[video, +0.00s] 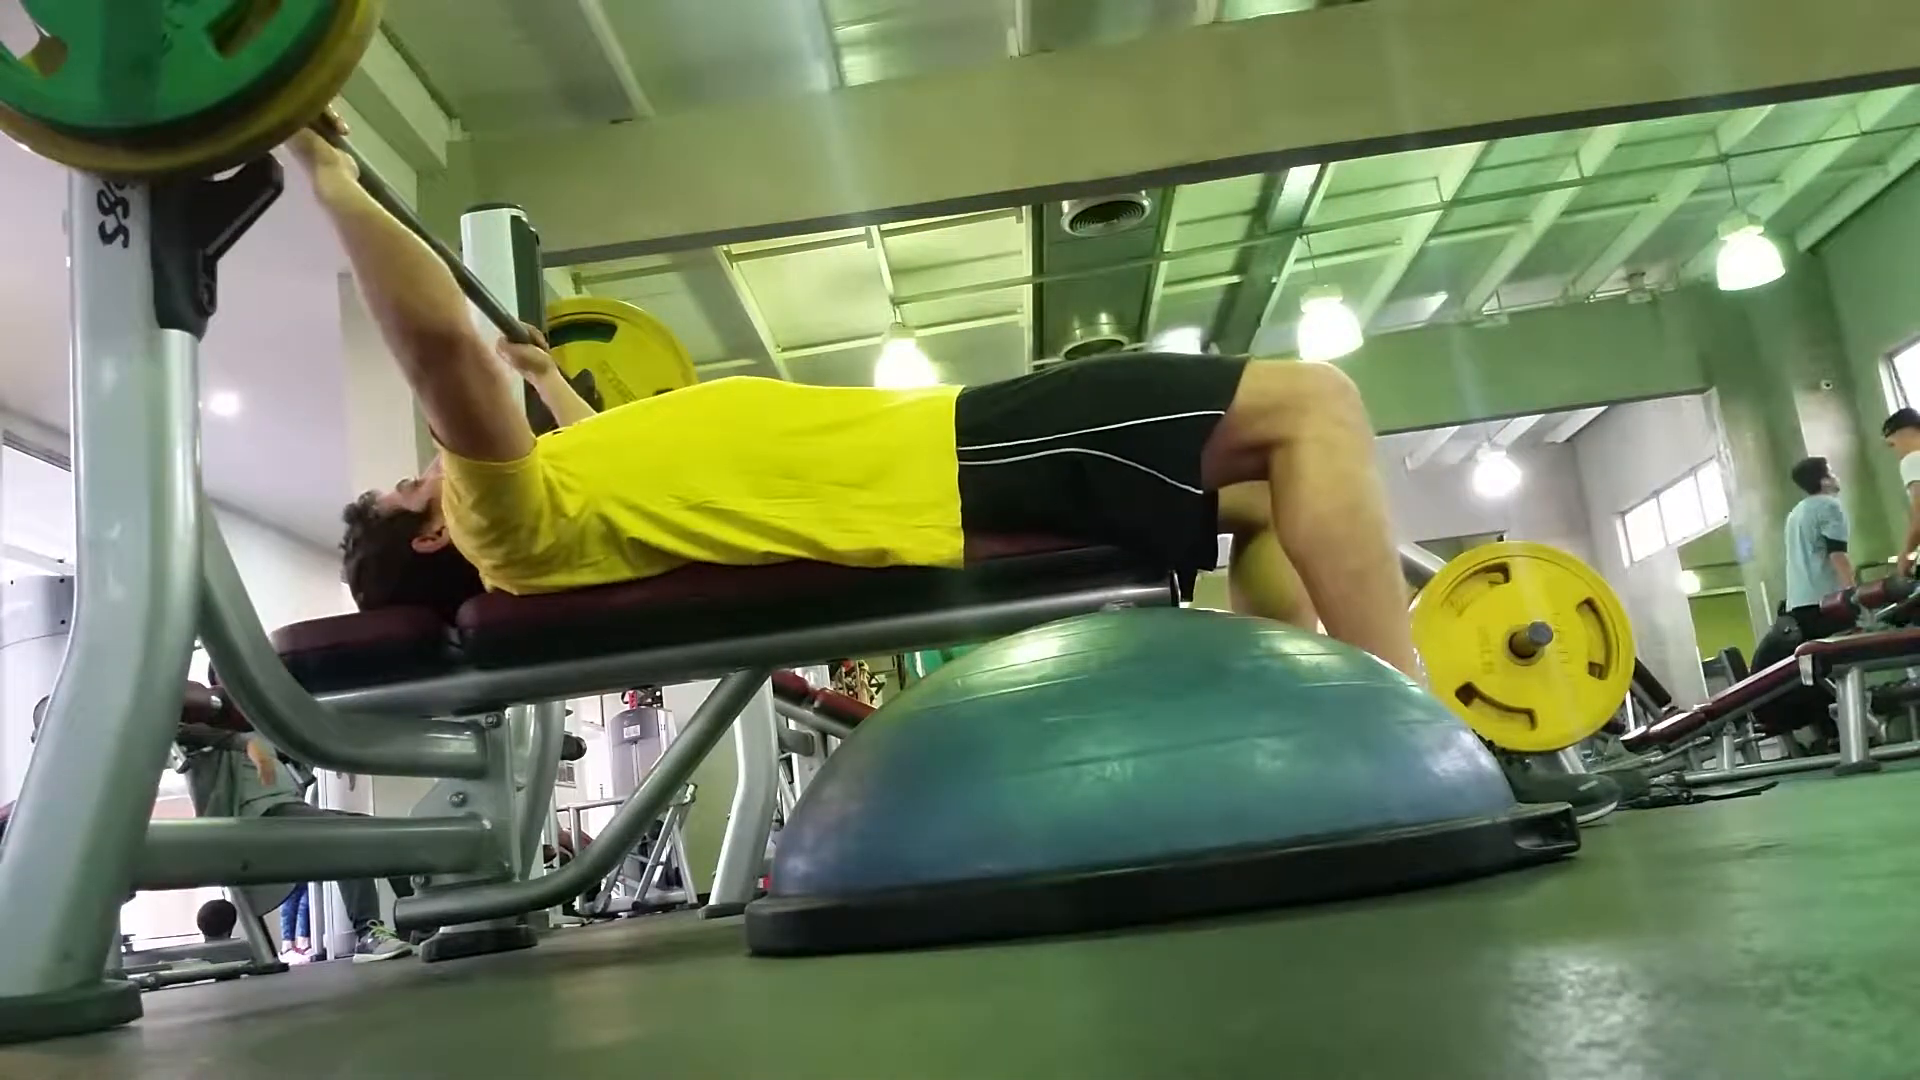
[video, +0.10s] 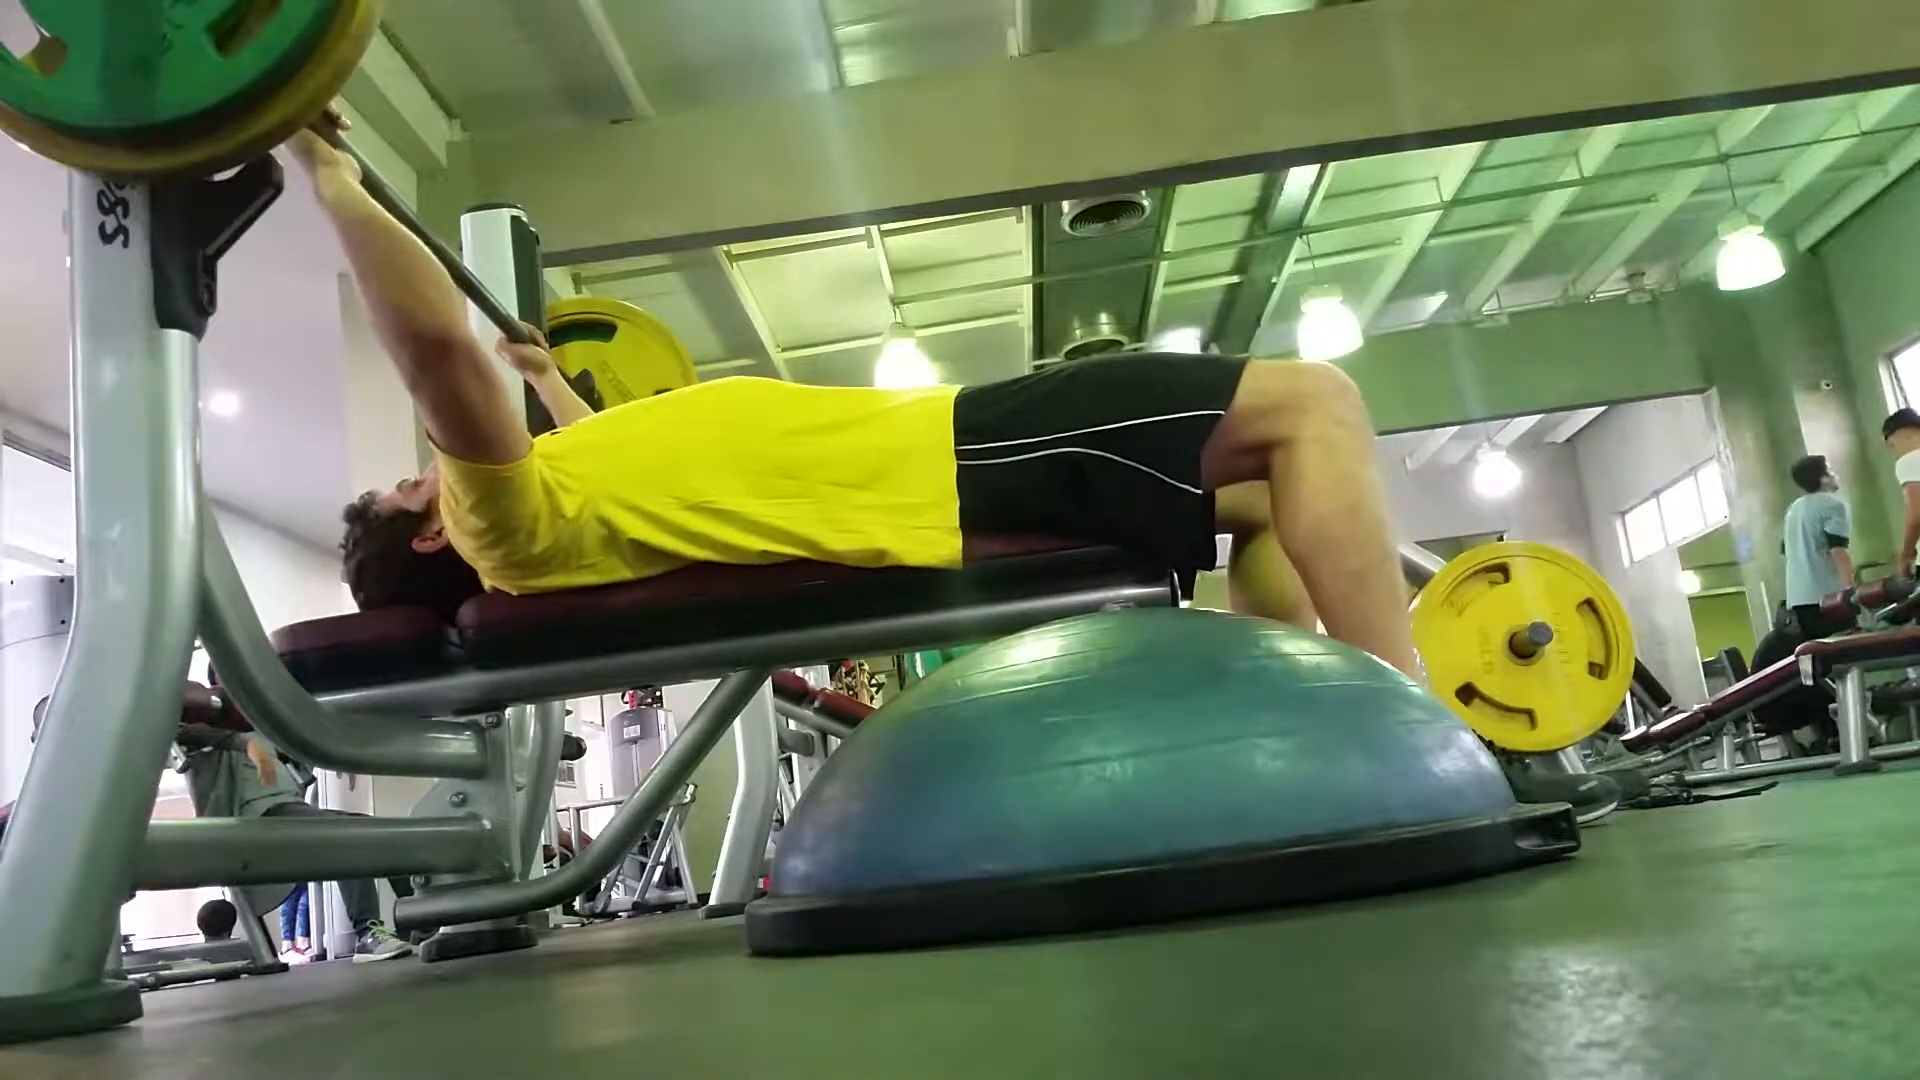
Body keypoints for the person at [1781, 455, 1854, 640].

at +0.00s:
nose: (1835, 476)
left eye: (1831, 471)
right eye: (1830, 472)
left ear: (1808, 485)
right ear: (1823, 480)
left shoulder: (1795, 513)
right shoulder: (1829, 505)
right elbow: (1837, 555)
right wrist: (1854, 596)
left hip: (1798, 605)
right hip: (1827, 603)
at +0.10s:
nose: (1835, 473)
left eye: (1830, 469)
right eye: (1829, 470)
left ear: (1806, 483)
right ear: (1822, 478)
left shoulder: (1793, 509)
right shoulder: (1833, 504)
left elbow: (1785, 549)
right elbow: (1838, 550)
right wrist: (1851, 592)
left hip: (1799, 602)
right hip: (1829, 599)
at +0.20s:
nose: (1833, 472)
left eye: (1829, 467)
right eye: (1828, 469)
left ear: (1803, 482)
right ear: (1822, 477)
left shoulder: (1789, 511)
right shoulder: (1833, 502)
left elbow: (1775, 557)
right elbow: (1828, 545)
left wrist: (1790, 588)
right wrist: (1851, 586)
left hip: (1798, 601)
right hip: (1827, 598)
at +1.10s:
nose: (1827, 478)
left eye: (1823, 473)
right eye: (1822, 474)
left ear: (1801, 488)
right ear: (1817, 481)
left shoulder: (1788, 515)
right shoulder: (1828, 507)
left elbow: (1781, 557)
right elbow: (1829, 555)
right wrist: (1848, 595)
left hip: (1794, 608)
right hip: (1826, 605)